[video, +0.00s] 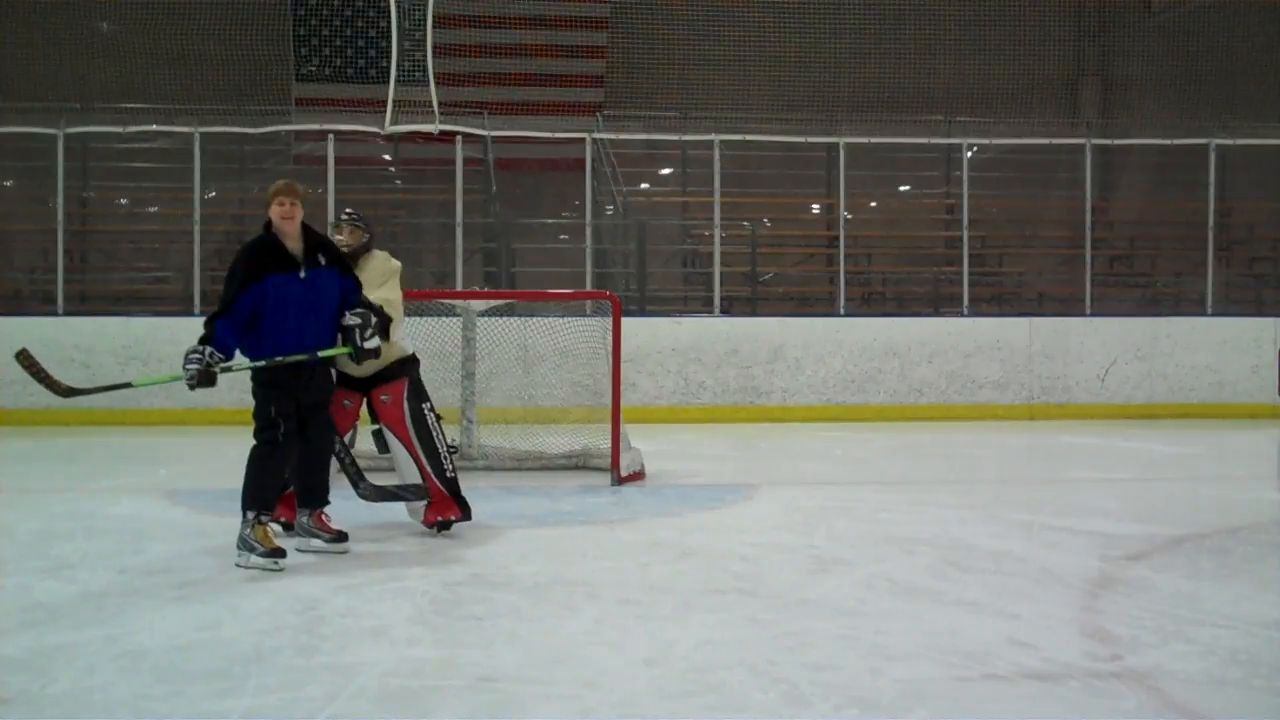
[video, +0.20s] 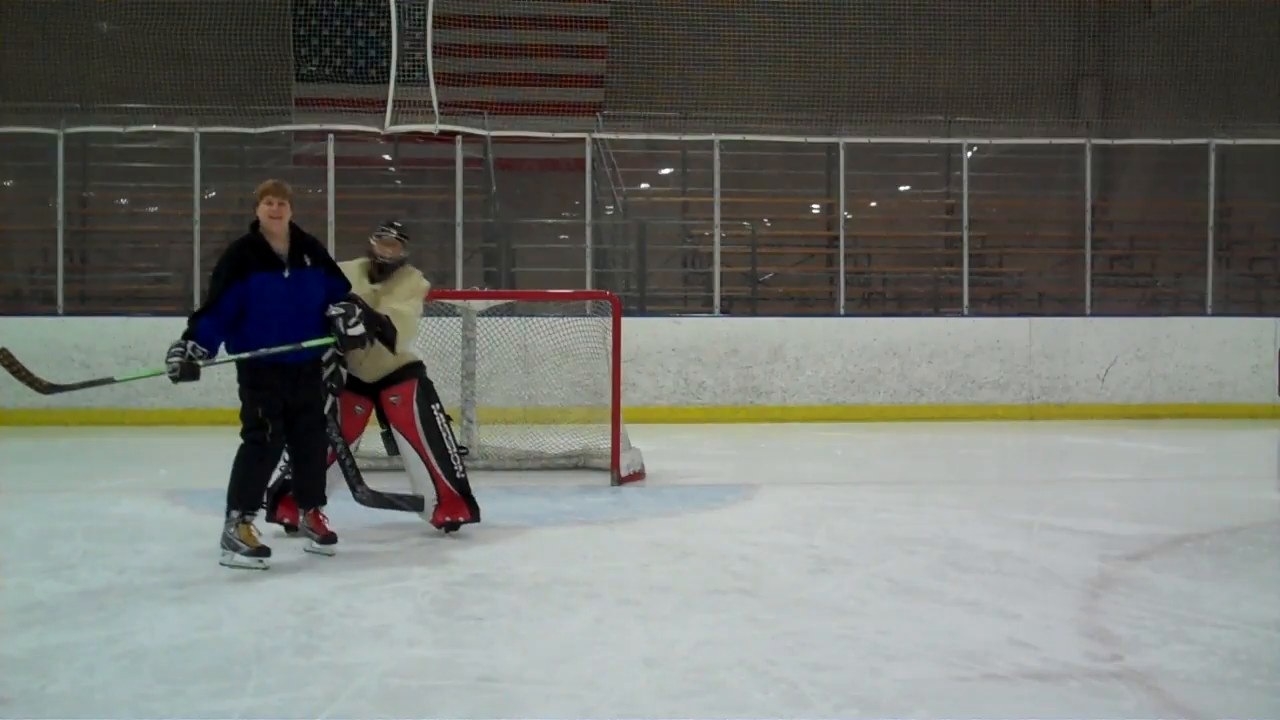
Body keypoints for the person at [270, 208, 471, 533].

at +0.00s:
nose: (345, 238)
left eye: (353, 233)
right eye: (339, 232)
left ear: (366, 237)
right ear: (332, 236)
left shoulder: (382, 266)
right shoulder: (327, 268)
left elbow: (387, 307)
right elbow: (312, 307)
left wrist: (367, 325)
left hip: (390, 368)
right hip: (342, 371)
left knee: (420, 434)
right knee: (318, 438)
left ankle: (445, 502)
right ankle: (290, 502)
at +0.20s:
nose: (386, 251)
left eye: (394, 245)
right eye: (381, 243)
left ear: (404, 250)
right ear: (372, 244)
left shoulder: (412, 284)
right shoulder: (346, 273)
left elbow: (400, 334)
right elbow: (317, 303)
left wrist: (363, 315)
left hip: (397, 372)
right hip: (351, 373)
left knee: (426, 435)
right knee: (329, 440)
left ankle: (453, 502)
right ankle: (290, 500)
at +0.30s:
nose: (403, 256)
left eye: (410, 251)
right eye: (398, 248)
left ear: (420, 256)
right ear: (388, 250)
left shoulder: (430, 290)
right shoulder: (359, 276)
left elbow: (418, 338)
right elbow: (326, 302)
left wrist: (374, 331)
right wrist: (343, 326)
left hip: (407, 377)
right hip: (359, 376)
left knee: (430, 440)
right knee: (337, 441)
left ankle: (455, 506)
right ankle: (294, 502)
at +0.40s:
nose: (416, 255)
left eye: (424, 250)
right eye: (412, 247)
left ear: (434, 256)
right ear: (401, 249)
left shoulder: (445, 292)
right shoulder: (370, 278)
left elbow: (447, 344)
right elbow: (345, 321)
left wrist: (406, 356)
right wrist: (359, 350)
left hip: (419, 377)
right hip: (370, 372)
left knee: (431, 426)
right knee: (347, 434)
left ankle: (462, 503)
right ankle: (298, 502)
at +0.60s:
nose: (427, 257)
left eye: (435, 252)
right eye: (422, 250)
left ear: (446, 257)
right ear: (413, 251)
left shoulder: (461, 294)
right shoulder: (383, 280)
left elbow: (463, 354)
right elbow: (360, 333)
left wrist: (430, 389)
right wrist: (358, 378)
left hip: (431, 383)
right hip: (381, 378)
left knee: (449, 433)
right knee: (346, 430)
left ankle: (471, 505)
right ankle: (330, 507)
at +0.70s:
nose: (425, 261)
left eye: (433, 256)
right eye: (420, 253)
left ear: (444, 259)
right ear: (411, 253)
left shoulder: (461, 296)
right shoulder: (382, 283)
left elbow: (465, 354)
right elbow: (358, 333)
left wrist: (441, 388)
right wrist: (351, 372)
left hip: (431, 378)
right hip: (382, 375)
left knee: (450, 435)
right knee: (352, 431)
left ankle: (473, 505)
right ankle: (328, 507)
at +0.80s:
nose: (418, 261)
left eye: (426, 255)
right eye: (414, 253)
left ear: (439, 259)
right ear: (405, 254)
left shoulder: (457, 295)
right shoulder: (379, 281)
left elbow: (465, 349)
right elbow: (352, 325)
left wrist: (450, 382)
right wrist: (346, 365)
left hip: (427, 377)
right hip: (376, 373)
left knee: (445, 435)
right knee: (345, 433)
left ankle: (472, 504)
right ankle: (325, 507)